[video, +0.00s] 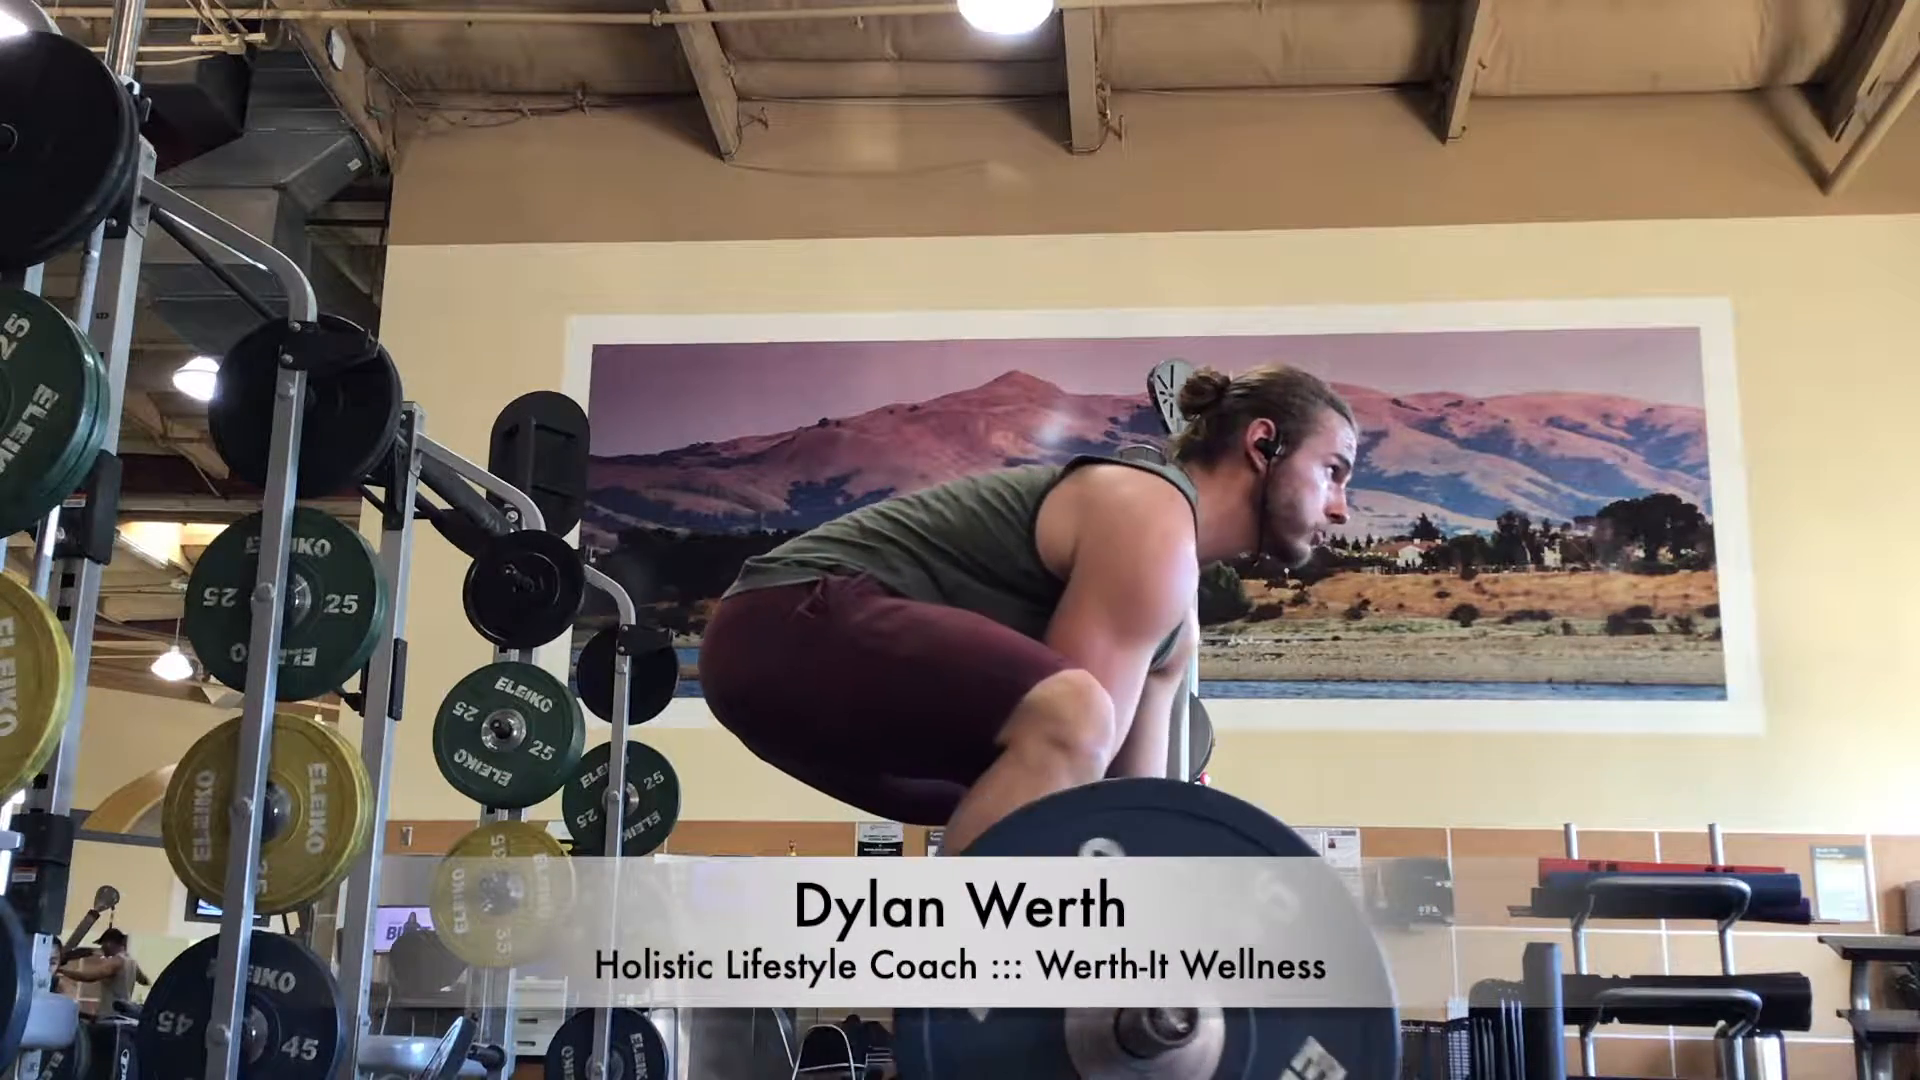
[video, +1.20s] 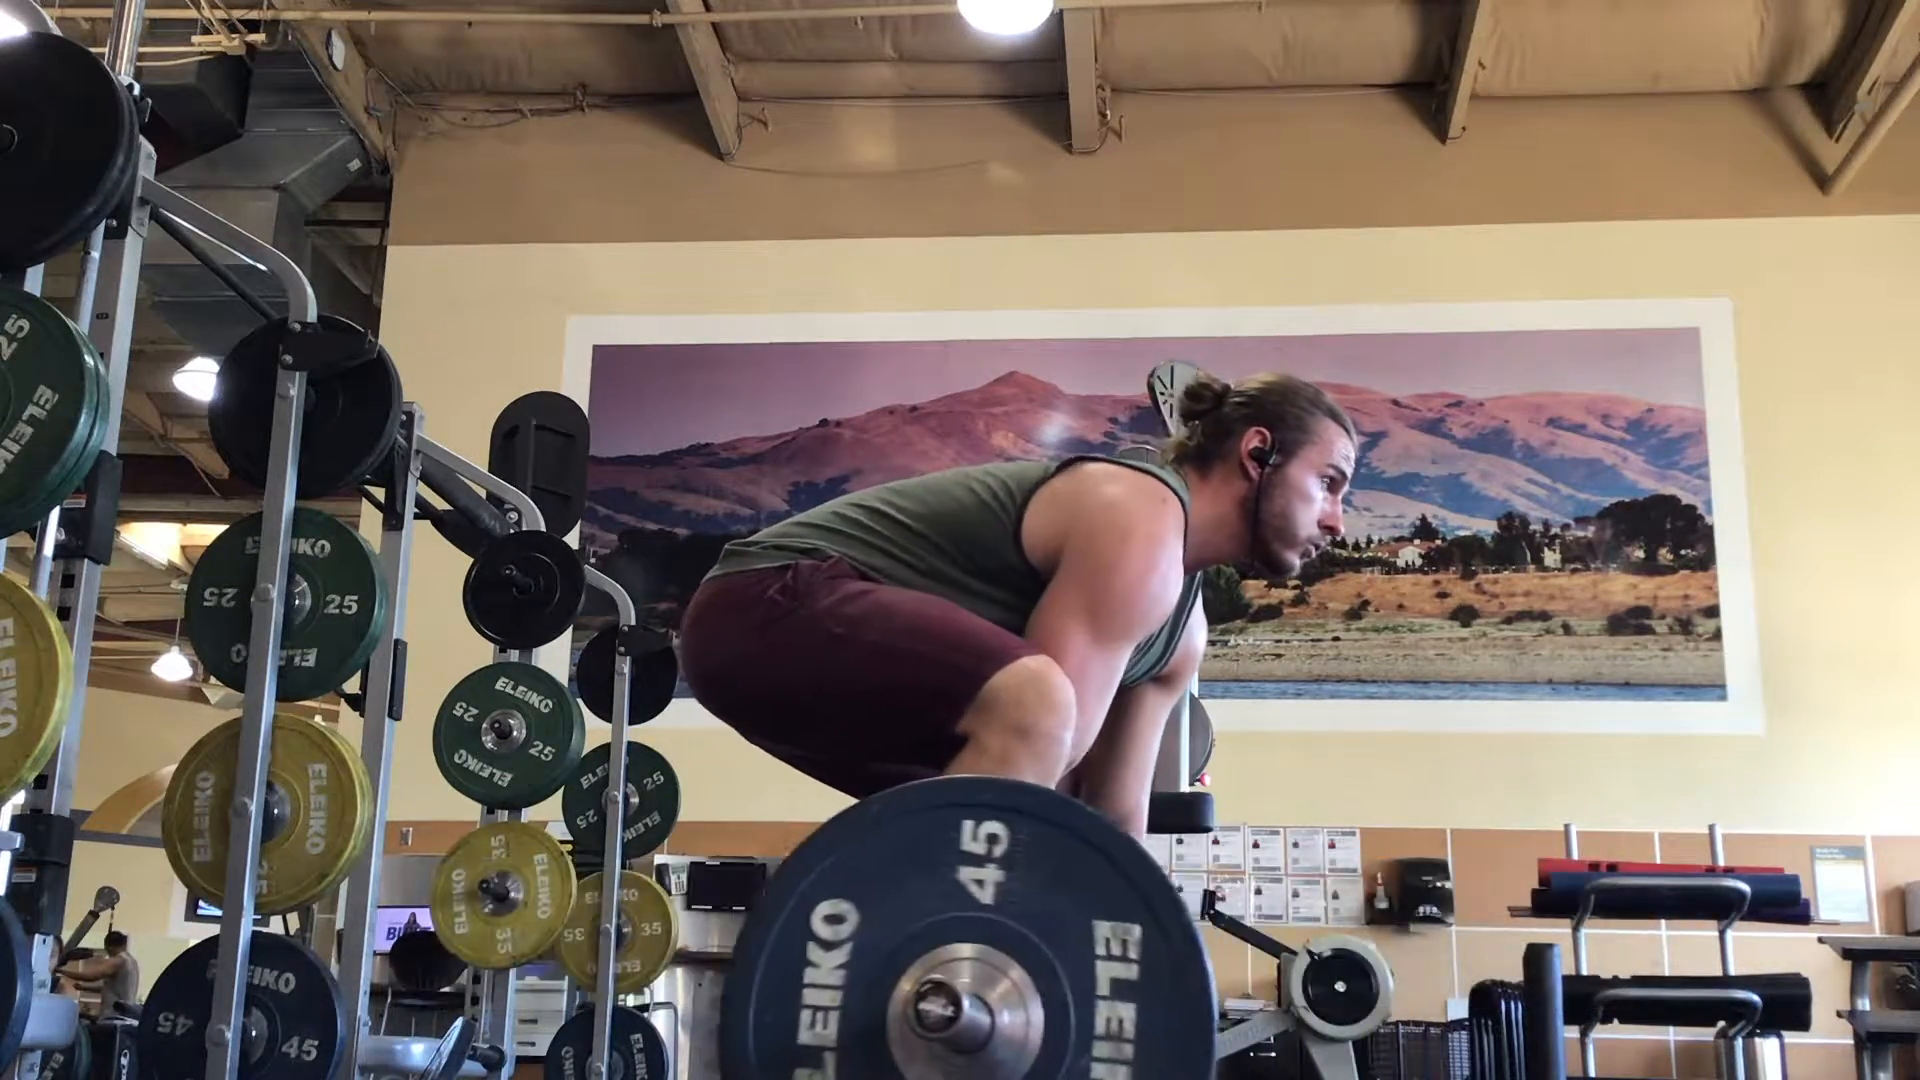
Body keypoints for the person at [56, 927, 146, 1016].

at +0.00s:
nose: (102, 948)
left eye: (103, 944)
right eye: (101, 944)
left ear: (112, 943)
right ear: (121, 944)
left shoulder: (115, 961)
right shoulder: (132, 963)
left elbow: (88, 977)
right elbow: (144, 981)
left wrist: (61, 971)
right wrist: (131, 970)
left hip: (106, 1017)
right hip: (123, 1017)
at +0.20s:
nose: (103, 949)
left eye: (104, 945)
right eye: (102, 945)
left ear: (113, 943)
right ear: (120, 943)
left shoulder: (116, 961)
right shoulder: (132, 962)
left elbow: (88, 977)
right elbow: (144, 983)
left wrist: (61, 971)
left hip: (107, 1017)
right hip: (124, 1018)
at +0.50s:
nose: (107, 947)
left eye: (108, 943)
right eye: (107, 943)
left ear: (109, 944)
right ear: (124, 942)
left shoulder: (118, 961)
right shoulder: (132, 962)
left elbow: (89, 978)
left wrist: (62, 971)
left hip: (111, 1016)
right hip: (126, 1016)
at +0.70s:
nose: (108, 947)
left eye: (108, 943)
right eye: (108, 943)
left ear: (109, 944)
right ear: (124, 943)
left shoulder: (119, 961)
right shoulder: (132, 962)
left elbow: (87, 977)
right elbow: (119, 984)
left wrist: (61, 971)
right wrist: (98, 989)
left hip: (110, 1017)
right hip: (126, 1016)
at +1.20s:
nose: (107, 950)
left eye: (107, 947)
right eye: (106, 947)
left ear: (110, 946)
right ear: (123, 944)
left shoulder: (119, 961)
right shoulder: (131, 962)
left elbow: (89, 977)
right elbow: (110, 988)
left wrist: (60, 971)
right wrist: (83, 987)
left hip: (111, 1018)